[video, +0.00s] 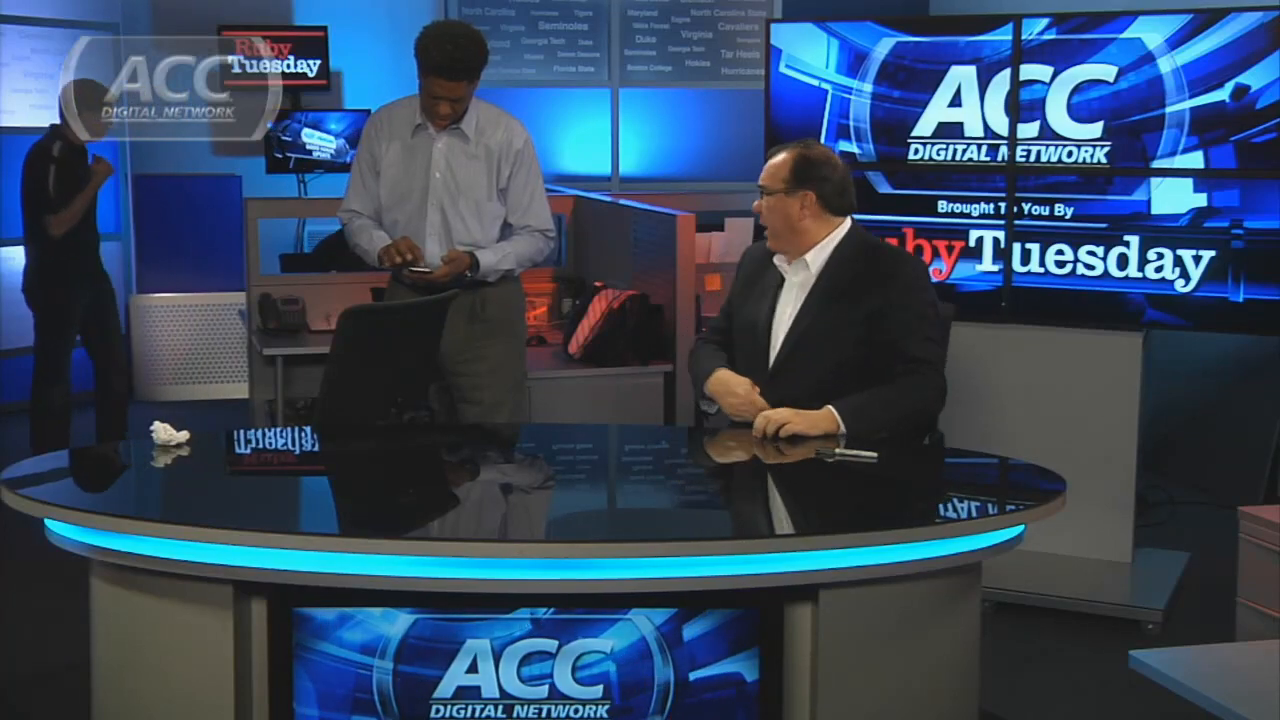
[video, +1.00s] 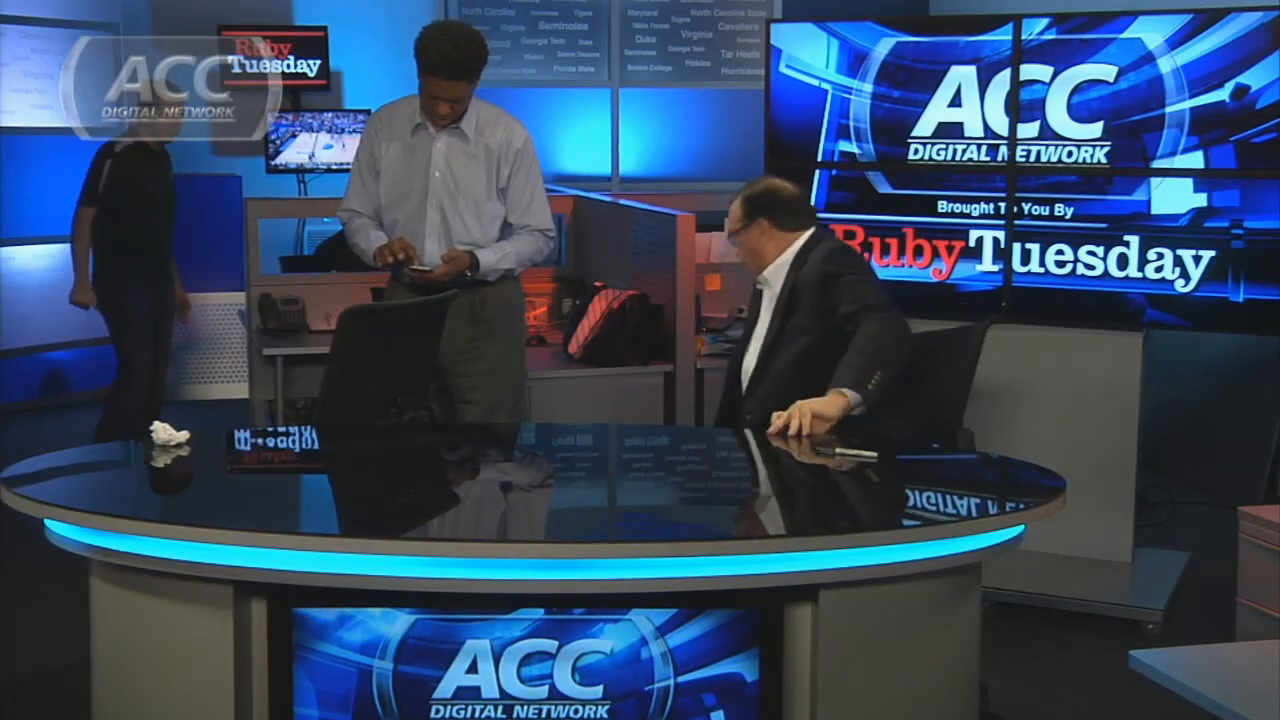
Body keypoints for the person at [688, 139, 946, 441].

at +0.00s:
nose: (756, 207)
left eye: (766, 194)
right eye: (760, 194)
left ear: (805, 204)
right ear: (805, 205)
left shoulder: (894, 274)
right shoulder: (758, 262)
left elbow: (923, 390)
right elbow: (710, 345)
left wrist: (830, 418)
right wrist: (717, 380)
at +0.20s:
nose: (761, 211)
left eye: (767, 198)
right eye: (763, 199)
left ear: (802, 206)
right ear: (800, 207)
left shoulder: (889, 275)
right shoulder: (774, 265)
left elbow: (924, 389)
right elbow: (740, 346)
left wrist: (832, 418)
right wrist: (709, 388)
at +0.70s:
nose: (779, 211)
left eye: (785, 201)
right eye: (780, 201)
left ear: (812, 208)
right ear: (811, 211)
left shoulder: (879, 271)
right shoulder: (799, 267)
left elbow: (910, 376)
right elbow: (763, 353)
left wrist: (823, 412)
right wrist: (697, 408)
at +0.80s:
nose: (771, 212)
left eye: (777, 199)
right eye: (773, 200)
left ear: (808, 204)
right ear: (807, 205)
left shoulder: (868, 257)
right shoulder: (785, 263)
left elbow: (906, 344)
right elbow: (740, 337)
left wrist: (836, 403)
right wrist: (665, 383)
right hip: (748, 440)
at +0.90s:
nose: (755, 229)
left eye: (759, 214)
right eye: (755, 216)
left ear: (788, 214)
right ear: (787, 215)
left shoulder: (848, 251)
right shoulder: (778, 266)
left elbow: (892, 325)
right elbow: (747, 339)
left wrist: (834, 399)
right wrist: (678, 385)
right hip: (750, 430)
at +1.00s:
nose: (735, 252)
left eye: (734, 237)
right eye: (731, 240)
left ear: (763, 228)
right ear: (763, 229)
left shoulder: (831, 261)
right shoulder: (771, 280)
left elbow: (886, 329)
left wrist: (840, 397)